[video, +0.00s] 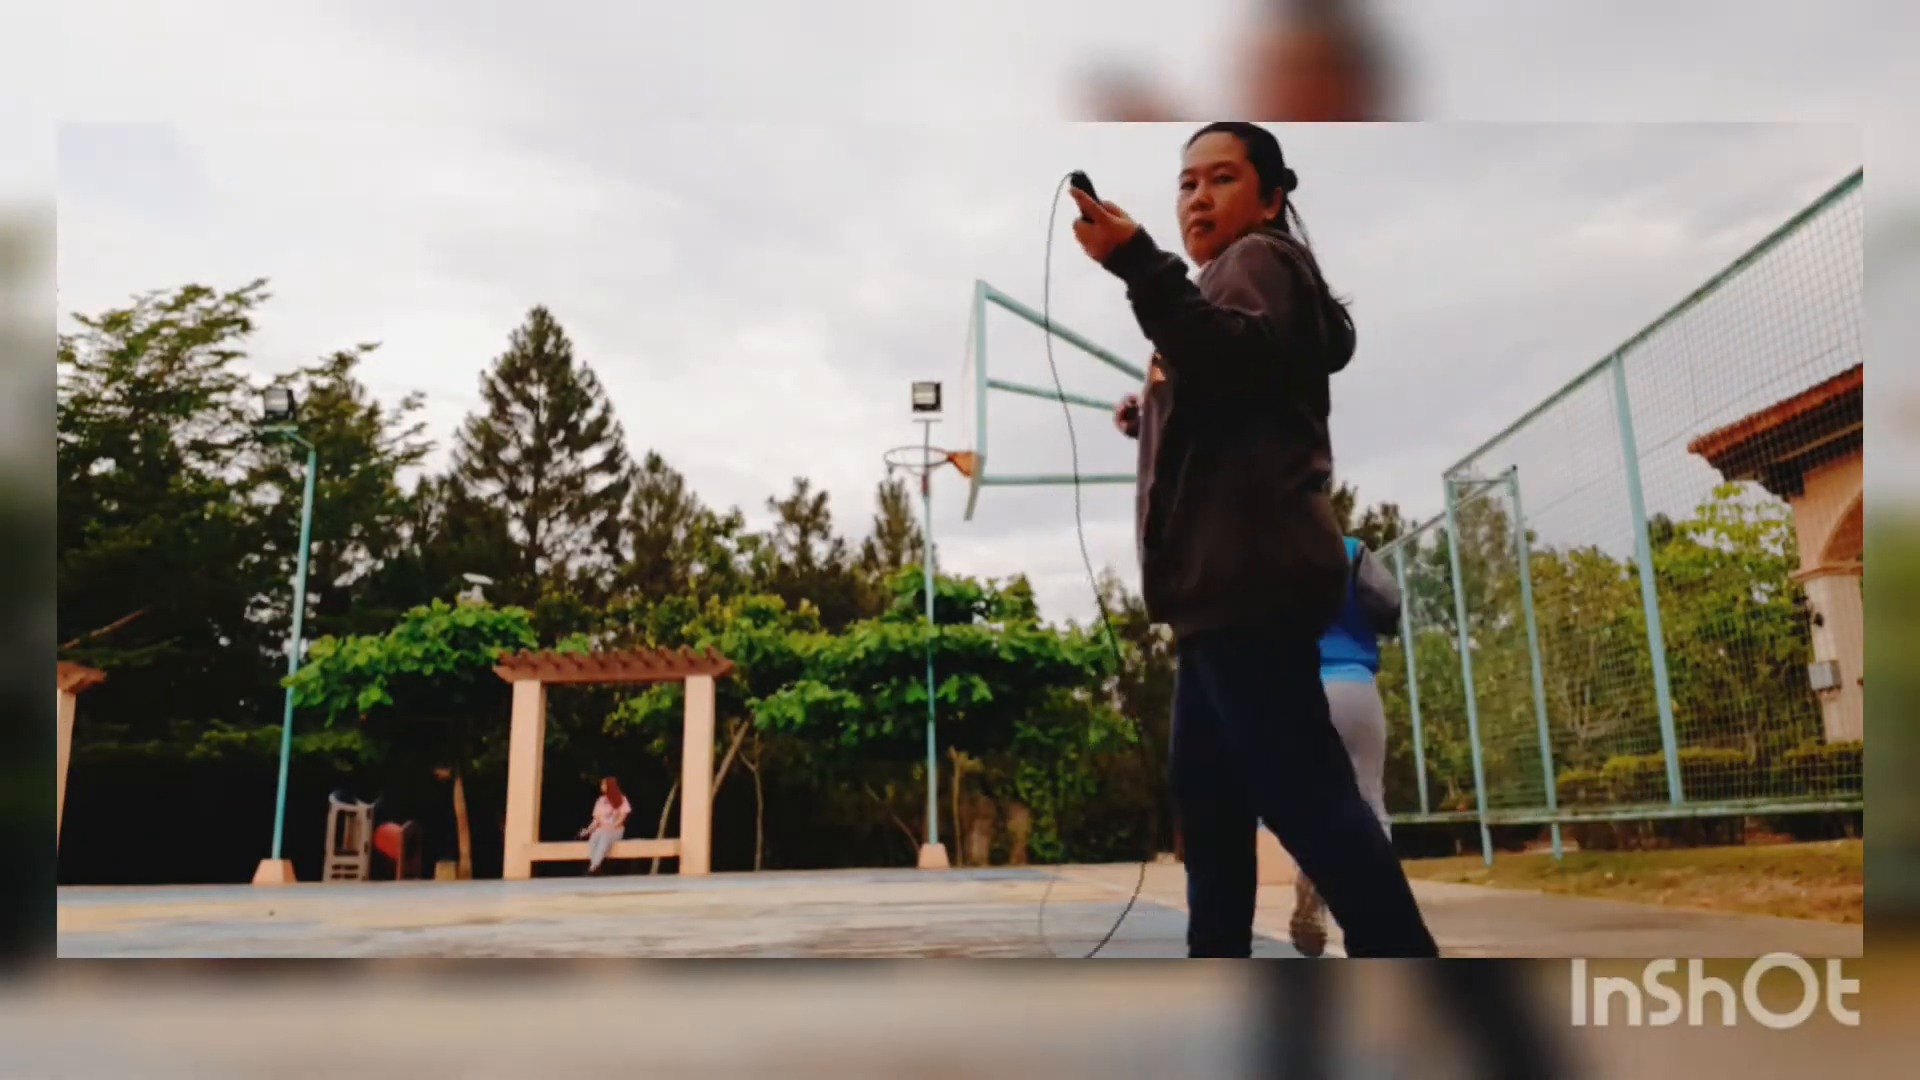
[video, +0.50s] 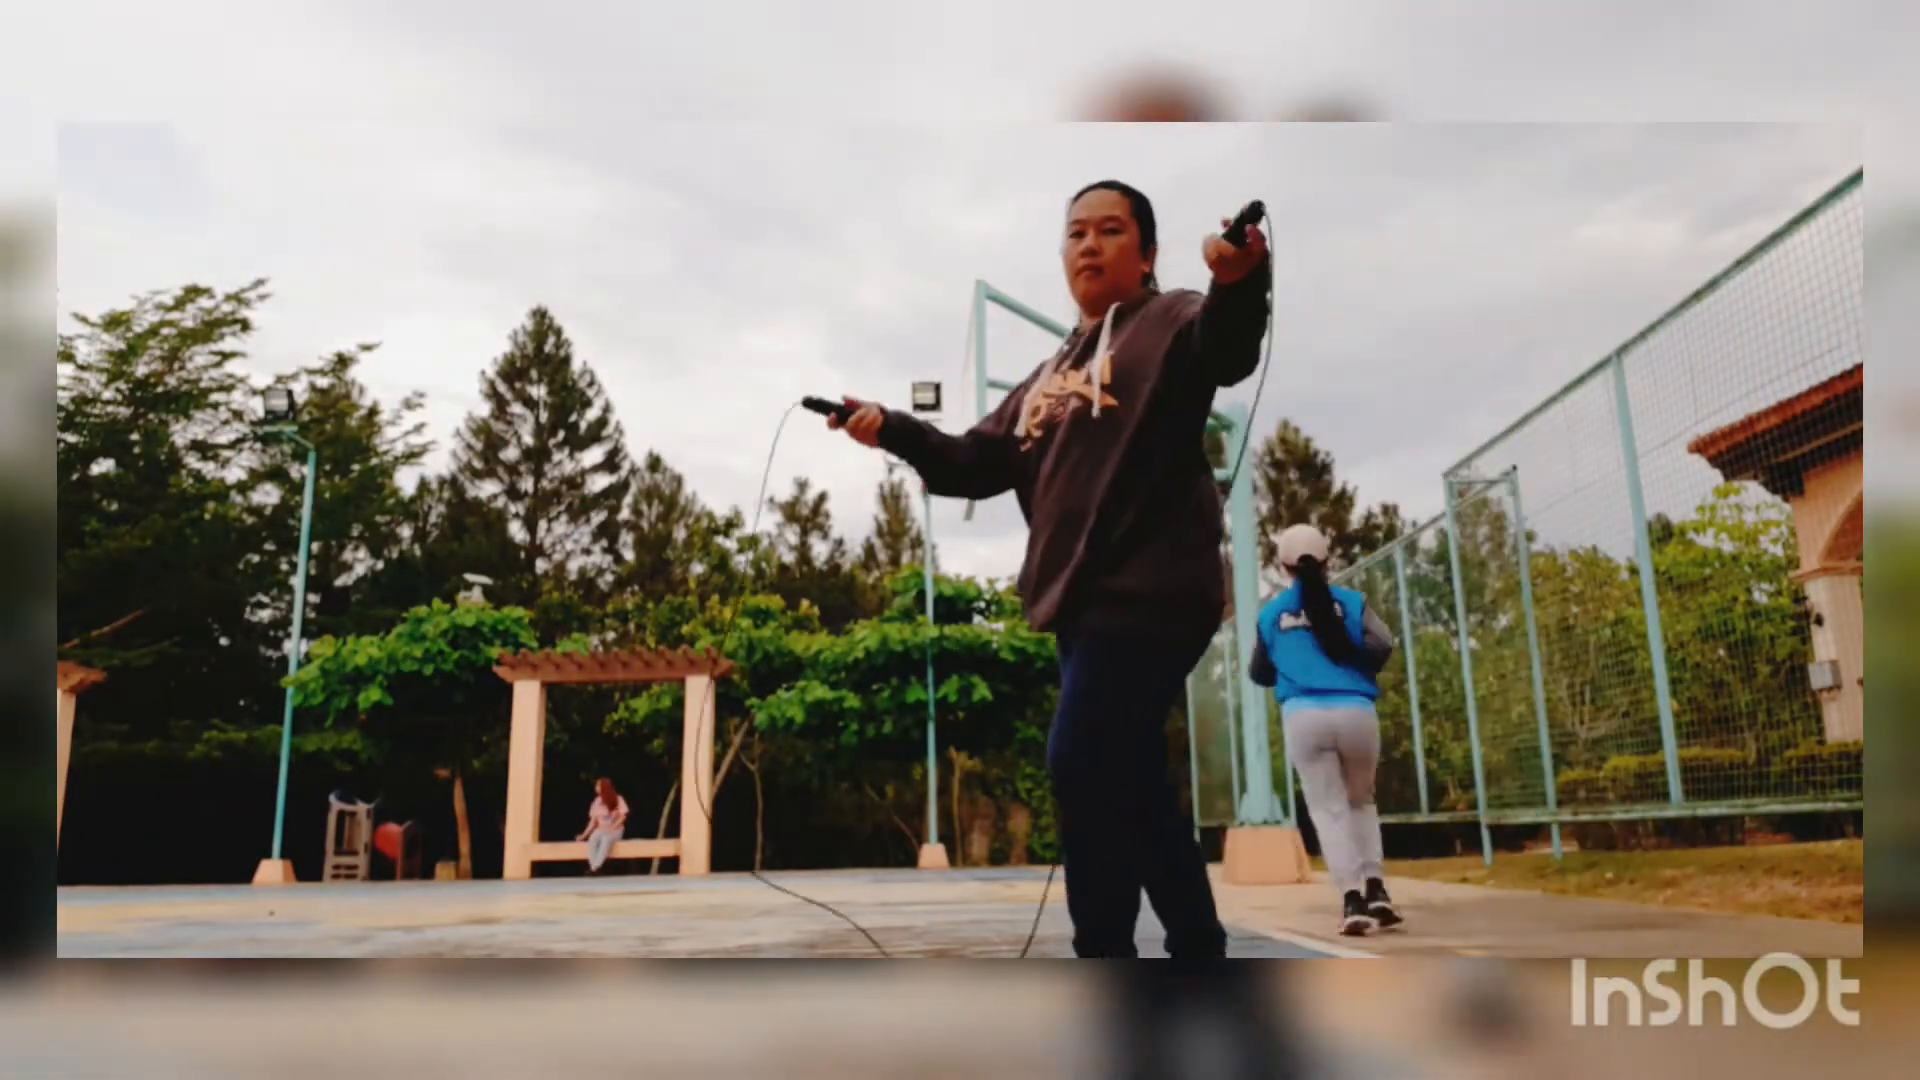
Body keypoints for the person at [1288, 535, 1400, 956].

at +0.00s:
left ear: (1290, 527)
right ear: (1330, 515)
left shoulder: (1276, 560)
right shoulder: (1350, 551)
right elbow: (1389, 605)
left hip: (1293, 684)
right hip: (1352, 683)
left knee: (1309, 803)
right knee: (1369, 802)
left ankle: (1309, 890)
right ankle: (1381, 917)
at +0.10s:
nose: (1324, 527)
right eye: (1325, 518)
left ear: (1284, 522)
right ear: (1328, 519)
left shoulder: (1271, 572)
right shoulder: (1355, 566)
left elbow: (1263, 641)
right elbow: (1397, 630)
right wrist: (1357, 617)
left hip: (1301, 702)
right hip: (1361, 695)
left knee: (1322, 814)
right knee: (1372, 814)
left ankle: (1329, 917)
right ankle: (1376, 921)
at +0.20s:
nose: (1276, 530)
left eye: (1277, 524)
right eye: (1278, 525)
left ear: (1282, 526)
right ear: (1328, 520)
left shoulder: (1271, 573)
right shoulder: (1360, 567)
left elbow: (1260, 643)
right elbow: (1391, 630)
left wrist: (1295, 660)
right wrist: (1353, 648)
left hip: (1301, 699)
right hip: (1362, 689)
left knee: (1326, 798)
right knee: (1370, 801)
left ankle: (1343, 899)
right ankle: (1378, 898)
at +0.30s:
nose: (1277, 544)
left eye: (1277, 537)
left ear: (1282, 539)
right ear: (1327, 531)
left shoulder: (1272, 586)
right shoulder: (1360, 579)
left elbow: (1265, 646)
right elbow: (1386, 637)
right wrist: (1350, 649)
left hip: (1304, 698)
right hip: (1362, 688)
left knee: (1327, 803)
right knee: (1370, 790)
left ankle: (1351, 905)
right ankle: (1382, 866)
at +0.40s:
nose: (1279, 560)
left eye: (1280, 554)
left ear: (1283, 558)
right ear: (1328, 553)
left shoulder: (1269, 608)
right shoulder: (1358, 600)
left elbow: (1257, 664)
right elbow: (1387, 654)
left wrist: (1284, 689)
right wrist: (1354, 671)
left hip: (1306, 721)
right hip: (1362, 715)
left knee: (1329, 818)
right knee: (1374, 806)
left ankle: (1354, 908)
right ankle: (1379, 863)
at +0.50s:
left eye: (1283, 560)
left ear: (1283, 564)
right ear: (1326, 559)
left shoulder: (1271, 613)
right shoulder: (1351, 601)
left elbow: (1259, 672)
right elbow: (1382, 642)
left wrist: (1291, 670)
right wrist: (1362, 669)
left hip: (1304, 718)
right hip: (1356, 713)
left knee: (1328, 809)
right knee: (1363, 802)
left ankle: (1352, 899)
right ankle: (1374, 884)